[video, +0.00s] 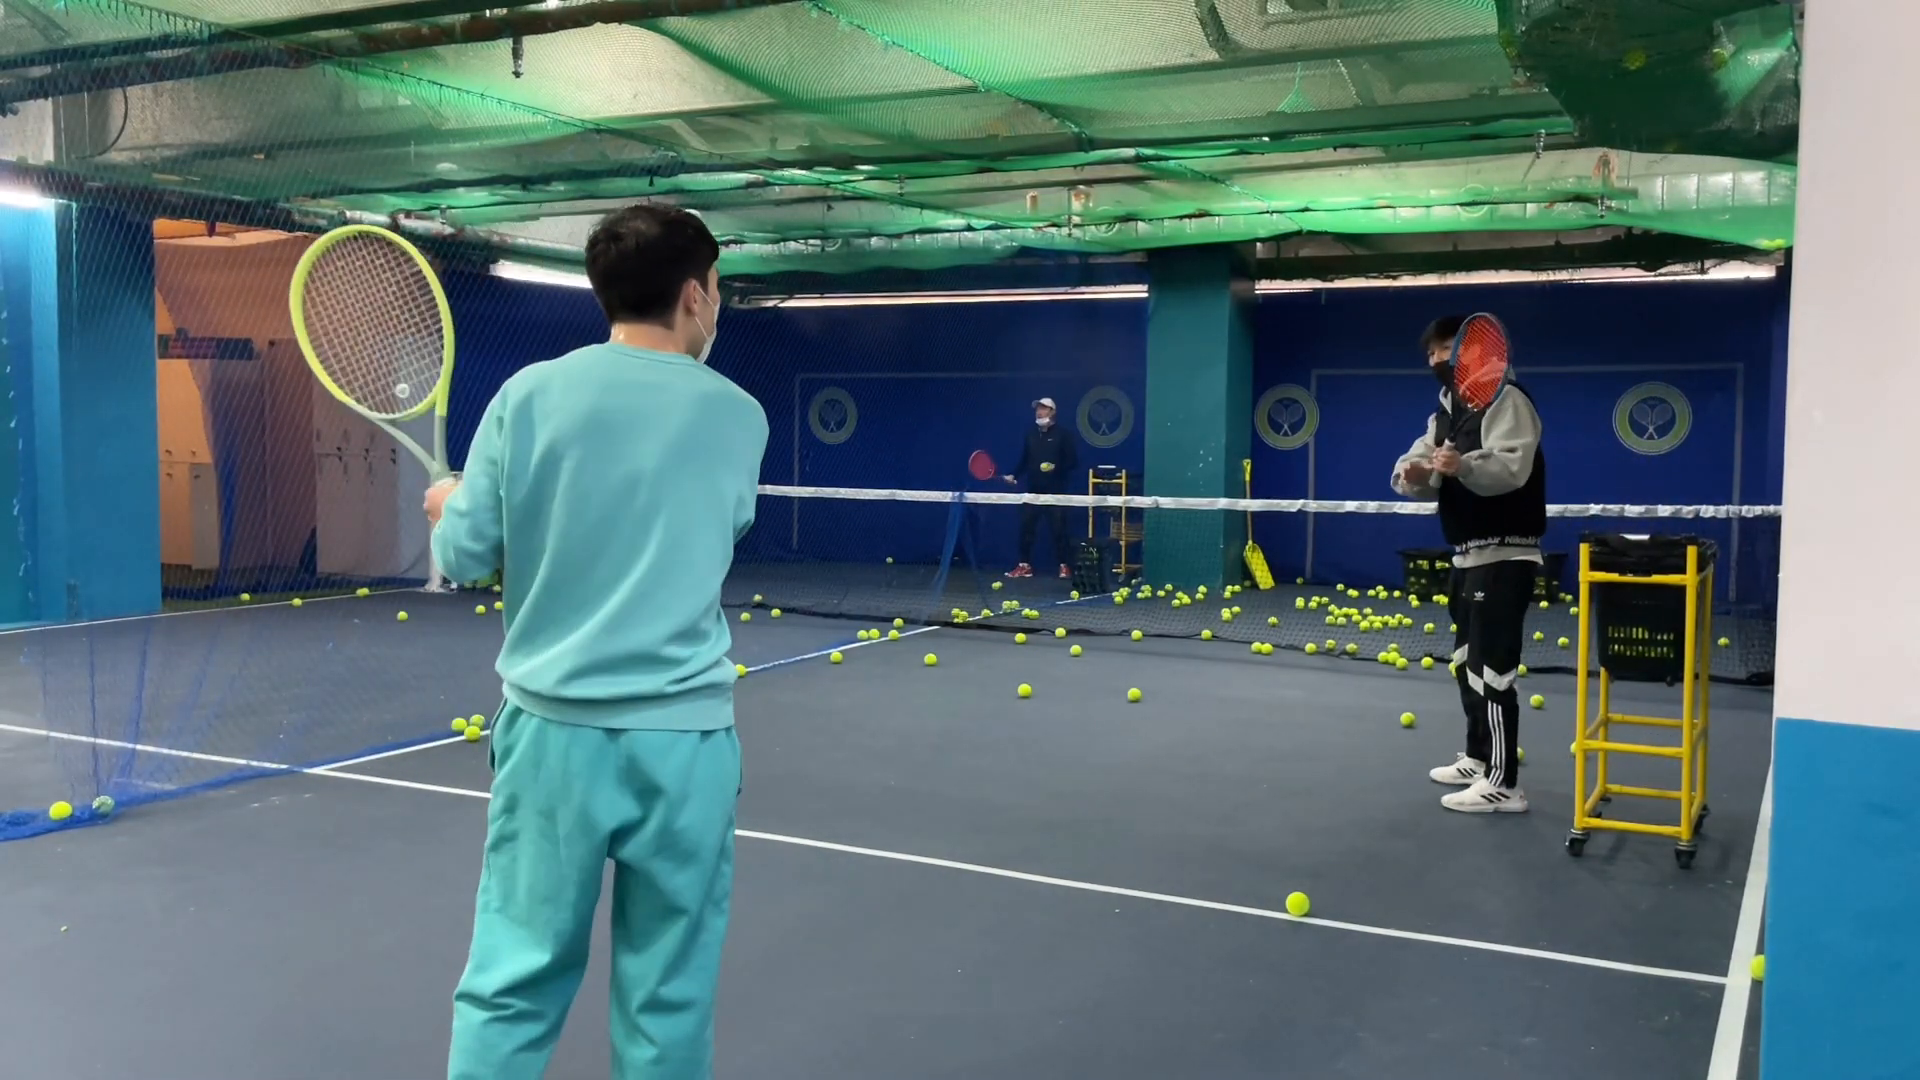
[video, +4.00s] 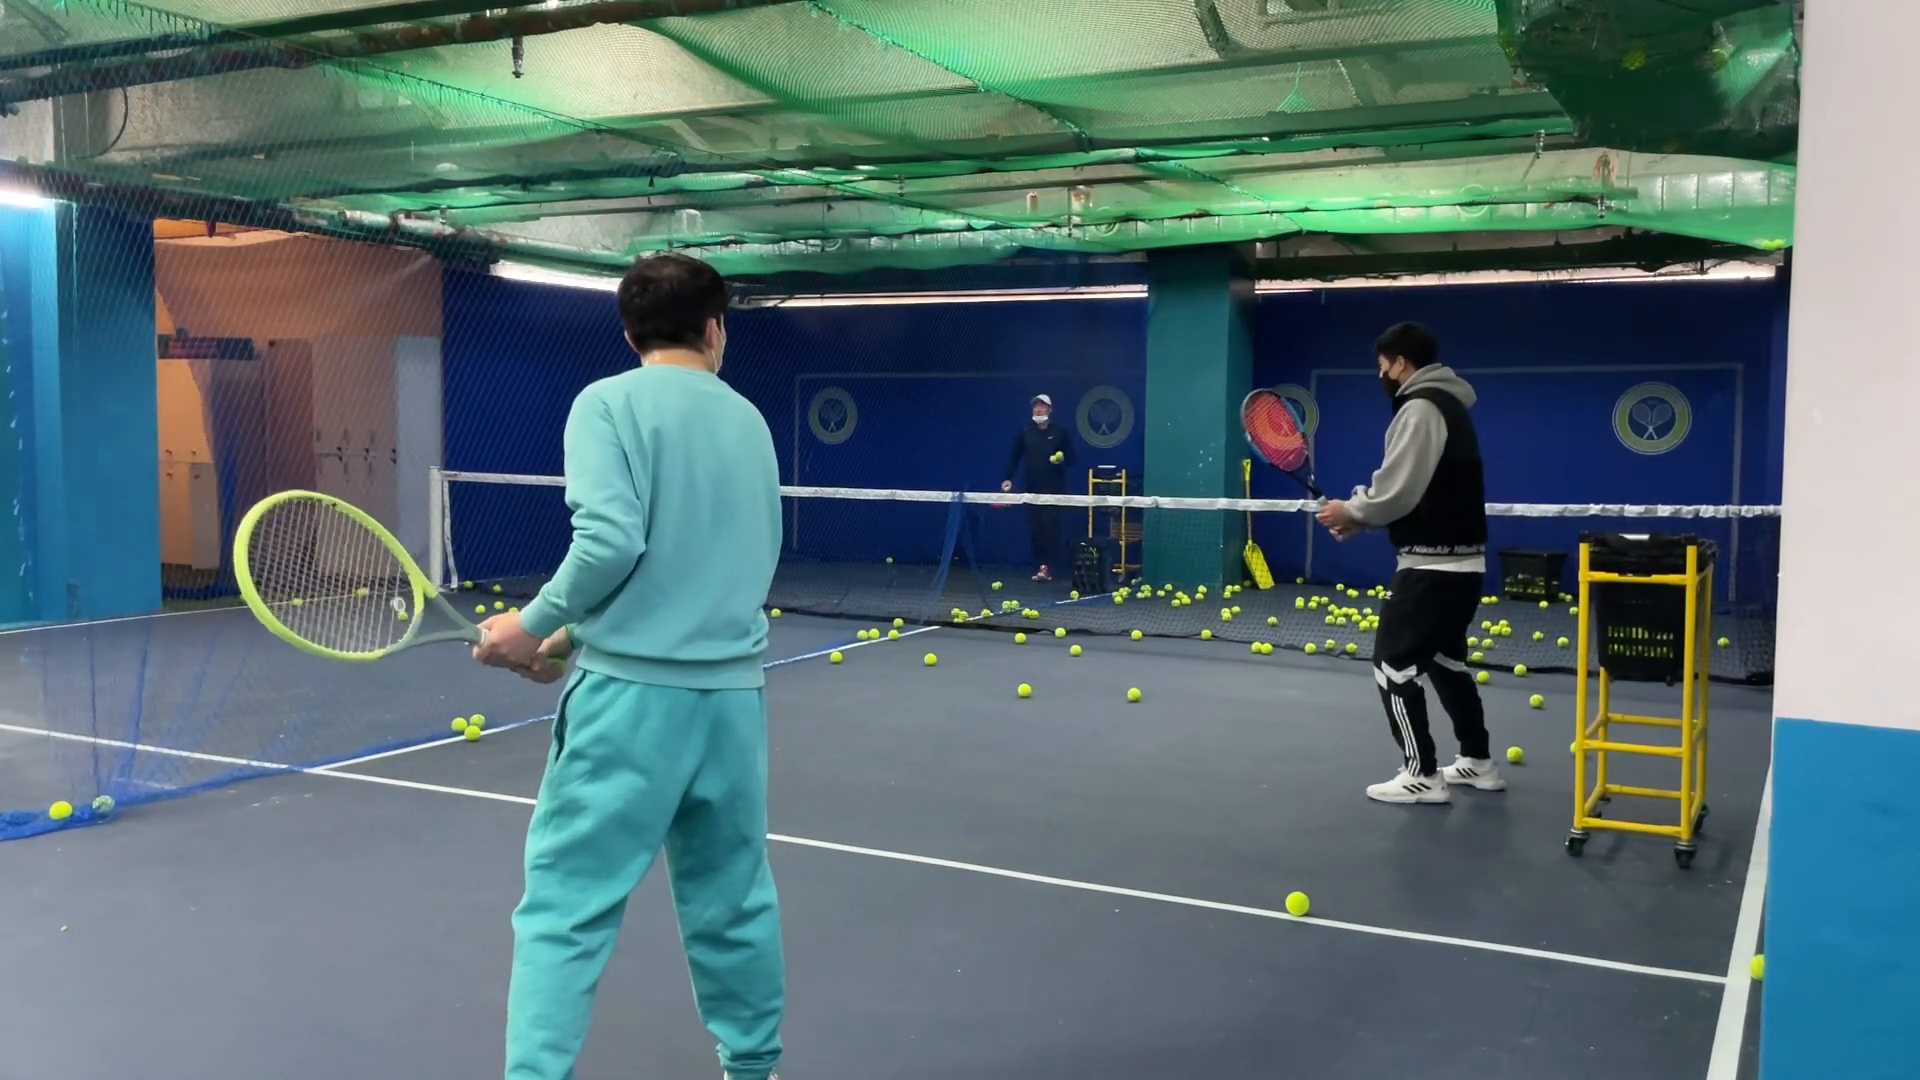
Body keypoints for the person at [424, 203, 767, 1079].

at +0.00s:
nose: (716, 302)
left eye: (714, 285)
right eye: (713, 285)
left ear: (610, 293)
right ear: (691, 293)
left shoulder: (530, 395)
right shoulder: (738, 415)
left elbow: (466, 551)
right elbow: (722, 527)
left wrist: (450, 512)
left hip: (552, 740)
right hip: (688, 744)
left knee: (510, 990)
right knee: (668, 999)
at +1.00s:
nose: (725, 338)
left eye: (725, 325)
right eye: (724, 325)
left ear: (626, 331)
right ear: (711, 329)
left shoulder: (596, 411)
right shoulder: (738, 426)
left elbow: (583, 557)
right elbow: (669, 563)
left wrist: (471, 553)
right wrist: (506, 587)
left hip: (613, 724)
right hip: (725, 722)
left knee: (560, 933)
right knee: (734, 917)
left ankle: (540, 1072)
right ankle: (756, 1064)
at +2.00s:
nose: (732, 336)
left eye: (730, 324)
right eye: (731, 324)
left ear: (639, 331)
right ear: (720, 329)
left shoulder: (627, 397)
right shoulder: (748, 419)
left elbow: (638, 532)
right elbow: (686, 566)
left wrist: (528, 591)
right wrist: (550, 610)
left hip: (644, 699)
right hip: (742, 702)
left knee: (569, 909)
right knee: (735, 897)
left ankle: (539, 1068)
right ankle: (756, 1063)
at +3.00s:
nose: (733, 339)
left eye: (728, 326)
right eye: (731, 327)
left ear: (639, 332)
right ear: (717, 331)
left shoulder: (617, 398)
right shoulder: (748, 418)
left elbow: (627, 531)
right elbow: (727, 560)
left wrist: (540, 620)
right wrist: (563, 628)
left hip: (640, 699)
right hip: (741, 703)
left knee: (570, 910)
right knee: (736, 898)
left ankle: (538, 1069)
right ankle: (755, 1064)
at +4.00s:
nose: (727, 337)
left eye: (722, 324)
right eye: (726, 325)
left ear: (635, 331)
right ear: (712, 330)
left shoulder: (607, 404)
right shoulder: (750, 423)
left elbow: (612, 540)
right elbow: (726, 565)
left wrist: (528, 623)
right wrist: (572, 635)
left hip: (627, 701)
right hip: (734, 703)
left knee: (566, 911)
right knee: (733, 896)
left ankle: (536, 1069)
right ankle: (754, 1064)